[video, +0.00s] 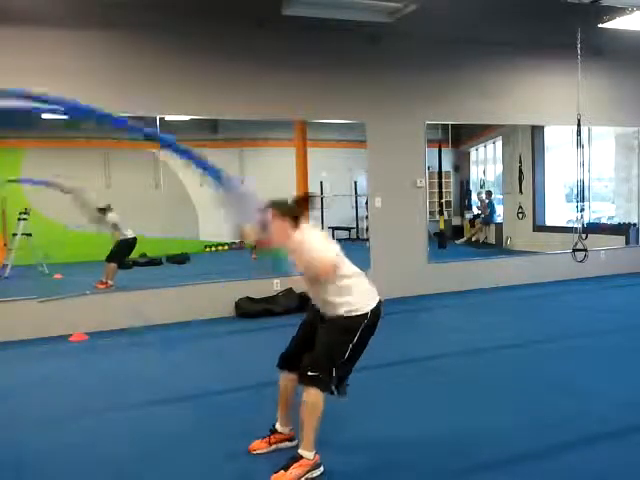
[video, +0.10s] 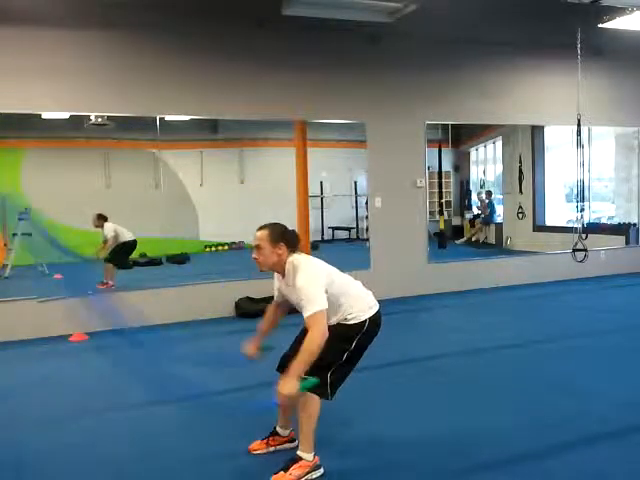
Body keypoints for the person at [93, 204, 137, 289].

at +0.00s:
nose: (100, 215)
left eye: (101, 212)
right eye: (100, 213)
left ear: (104, 211)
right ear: (108, 209)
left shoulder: (110, 217)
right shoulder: (113, 215)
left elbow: (117, 232)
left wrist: (114, 245)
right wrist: (115, 244)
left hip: (125, 239)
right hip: (130, 238)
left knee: (111, 260)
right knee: (114, 261)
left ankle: (107, 281)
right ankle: (108, 281)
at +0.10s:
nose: (94, 223)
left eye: (95, 220)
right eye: (94, 220)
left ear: (100, 220)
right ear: (101, 220)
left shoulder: (107, 226)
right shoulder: (106, 227)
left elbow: (111, 240)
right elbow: (105, 241)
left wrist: (104, 252)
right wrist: (99, 251)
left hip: (127, 242)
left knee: (109, 261)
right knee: (110, 261)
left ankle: (109, 282)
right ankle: (109, 282)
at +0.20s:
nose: (97, 216)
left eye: (99, 214)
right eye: (97, 214)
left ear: (103, 214)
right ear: (104, 214)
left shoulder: (111, 221)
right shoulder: (111, 221)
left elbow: (114, 234)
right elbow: (110, 235)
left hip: (126, 240)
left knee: (109, 260)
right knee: (110, 260)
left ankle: (108, 281)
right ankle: (108, 281)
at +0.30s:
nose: (107, 206)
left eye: (108, 204)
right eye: (107, 204)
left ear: (113, 203)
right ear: (116, 203)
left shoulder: (118, 211)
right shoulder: (118, 211)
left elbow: (111, 217)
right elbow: (110, 218)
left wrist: (102, 219)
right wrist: (102, 219)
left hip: (123, 238)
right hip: (123, 237)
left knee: (108, 258)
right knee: (109, 259)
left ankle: (109, 281)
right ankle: (107, 280)